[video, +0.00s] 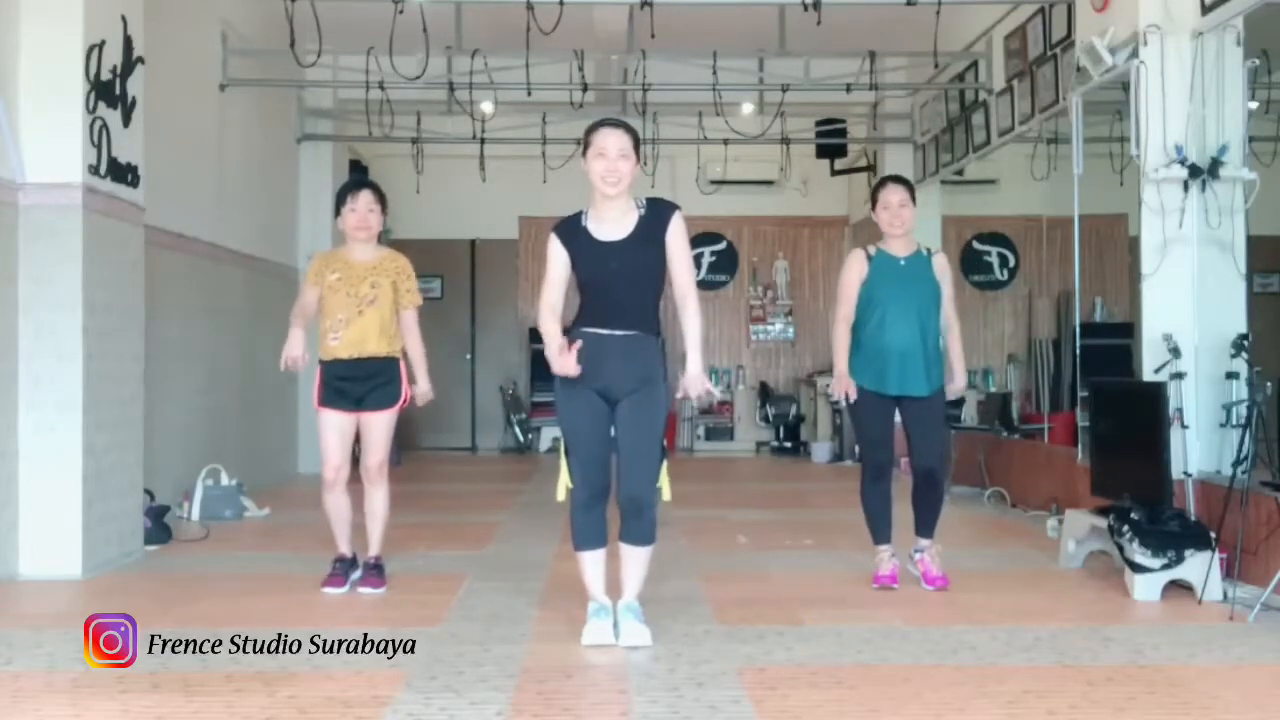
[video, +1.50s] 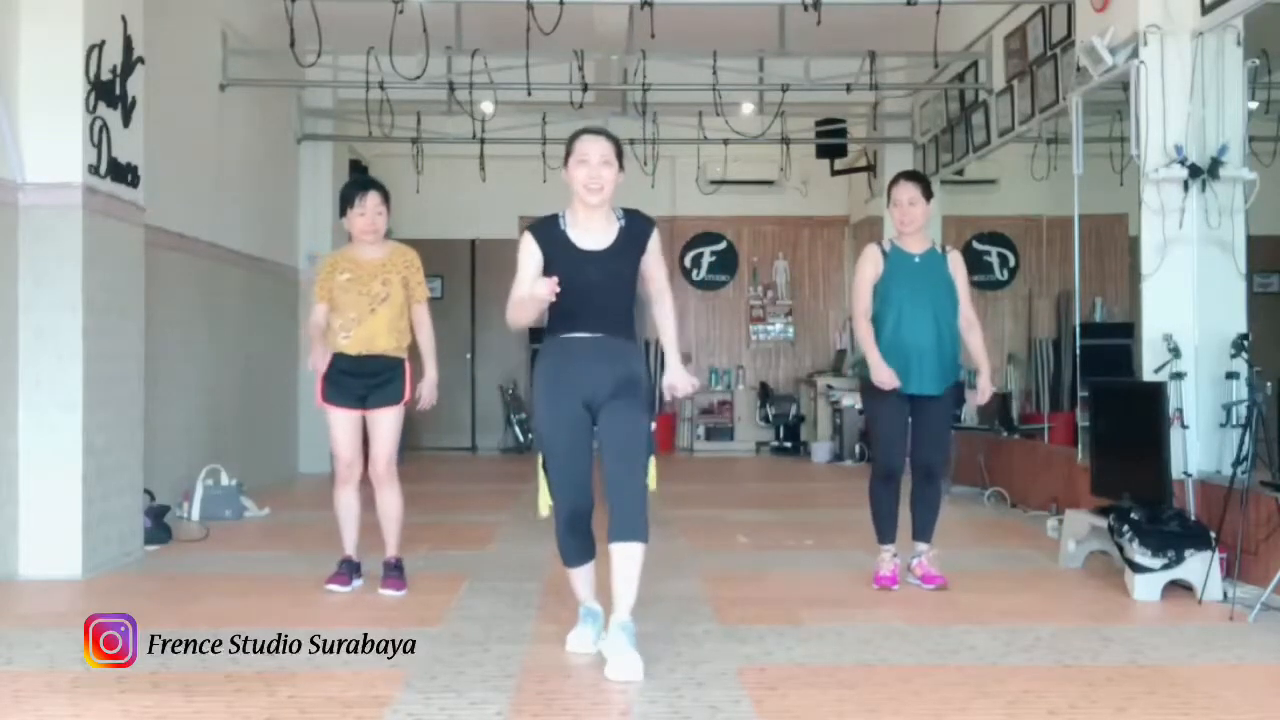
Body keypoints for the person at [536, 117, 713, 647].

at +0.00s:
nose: (612, 165)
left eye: (622, 155)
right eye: (601, 155)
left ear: (638, 164)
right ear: (585, 163)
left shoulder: (665, 219)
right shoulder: (567, 232)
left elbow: (687, 294)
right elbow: (550, 304)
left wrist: (695, 362)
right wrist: (555, 352)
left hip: (643, 366)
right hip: (580, 365)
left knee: (638, 490)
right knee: (587, 489)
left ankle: (630, 605)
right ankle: (597, 604)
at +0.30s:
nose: (622, 161)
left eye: (632, 151)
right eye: (611, 151)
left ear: (647, 159)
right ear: (593, 160)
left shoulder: (669, 220)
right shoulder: (569, 224)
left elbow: (692, 286)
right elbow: (548, 301)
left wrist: (684, 319)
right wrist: (534, 373)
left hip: (653, 364)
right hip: (590, 366)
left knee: (645, 487)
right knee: (598, 487)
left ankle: (632, 604)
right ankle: (599, 605)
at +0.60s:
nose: (621, 169)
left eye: (632, 159)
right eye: (611, 159)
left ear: (647, 168)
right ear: (594, 167)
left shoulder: (672, 227)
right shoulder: (569, 228)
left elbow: (703, 286)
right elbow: (524, 296)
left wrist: (691, 273)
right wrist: (492, 362)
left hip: (653, 366)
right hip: (593, 368)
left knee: (648, 486)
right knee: (592, 490)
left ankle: (633, 605)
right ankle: (596, 596)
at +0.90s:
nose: (608, 172)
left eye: (619, 162)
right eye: (598, 161)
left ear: (637, 170)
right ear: (581, 168)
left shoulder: (658, 223)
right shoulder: (556, 229)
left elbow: (684, 285)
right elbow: (516, 294)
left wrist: (701, 341)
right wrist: (480, 357)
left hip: (636, 369)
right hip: (572, 370)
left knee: (640, 494)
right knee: (578, 496)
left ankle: (631, 605)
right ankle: (589, 611)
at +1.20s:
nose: (597, 176)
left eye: (609, 167)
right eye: (587, 166)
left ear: (624, 177)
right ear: (570, 175)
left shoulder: (647, 233)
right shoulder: (544, 236)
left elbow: (677, 307)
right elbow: (503, 307)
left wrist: (694, 378)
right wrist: (506, 340)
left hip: (625, 375)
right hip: (559, 375)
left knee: (638, 461)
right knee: (568, 500)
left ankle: (630, 596)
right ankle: (588, 611)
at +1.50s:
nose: (594, 172)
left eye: (604, 163)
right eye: (583, 162)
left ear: (619, 173)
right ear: (565, 171)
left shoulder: (641, 231)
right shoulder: (540, 235)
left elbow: (660, 296)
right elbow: (516, 316)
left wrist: (673, 362)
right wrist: (533, 300)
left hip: (624, 370)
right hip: (559, 370)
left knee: (627, 492)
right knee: (571, 502)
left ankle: (622, 623)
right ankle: (588, 611)